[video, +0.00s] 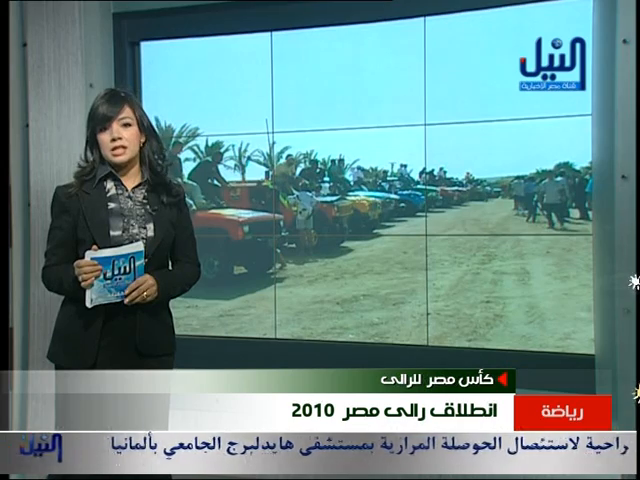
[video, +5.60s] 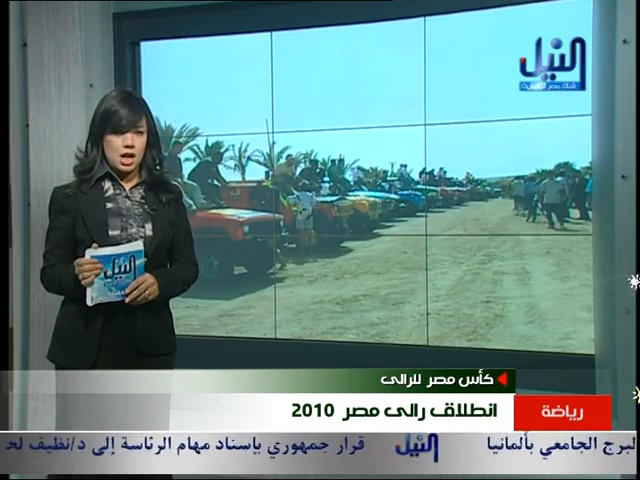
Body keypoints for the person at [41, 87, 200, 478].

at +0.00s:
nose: (115, 134)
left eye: (125, 124)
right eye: (105, 127)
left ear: (143, 134)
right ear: (95, 139)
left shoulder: (170, 196)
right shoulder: (71, 197)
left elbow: (189, 268)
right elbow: (51, 272)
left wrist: (161, 283)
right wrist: (74, 275)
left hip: (148, 347)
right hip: (84, 347)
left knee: (147, 450)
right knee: (81, 452)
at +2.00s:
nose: (125, 135)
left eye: (135, 127)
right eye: (115, 126)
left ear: (146, 138)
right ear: (97, 135)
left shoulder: (165, 195)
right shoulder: (66, 197)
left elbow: (185, 265)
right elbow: (47, 273)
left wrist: (157, 281)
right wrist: (71, 275)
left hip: (146, 347)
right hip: (81, 348)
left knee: (145, 452)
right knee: (77, 451)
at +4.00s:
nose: (123, 140)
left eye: (132, 130)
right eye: (112, 131)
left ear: (146, 137)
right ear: (98, 139)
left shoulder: (169, 196)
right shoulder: (71, 198)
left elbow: (190, 267)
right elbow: (52, 274)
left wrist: (160, 282)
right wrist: (75, 275)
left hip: (150, 348)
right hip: (86, 348)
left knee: (150, 451)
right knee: (84, 452)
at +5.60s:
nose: (128, 142)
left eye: (137, 132)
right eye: (118, 132)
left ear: (149, 139)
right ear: (100, 139)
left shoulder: (168, 196)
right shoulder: (69, 198)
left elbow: (187, 266)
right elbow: (51, 273)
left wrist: (161, 281)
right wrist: (75, 274)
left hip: (149, 349)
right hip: (85, 350)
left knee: (149, 452)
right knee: (82, 452)